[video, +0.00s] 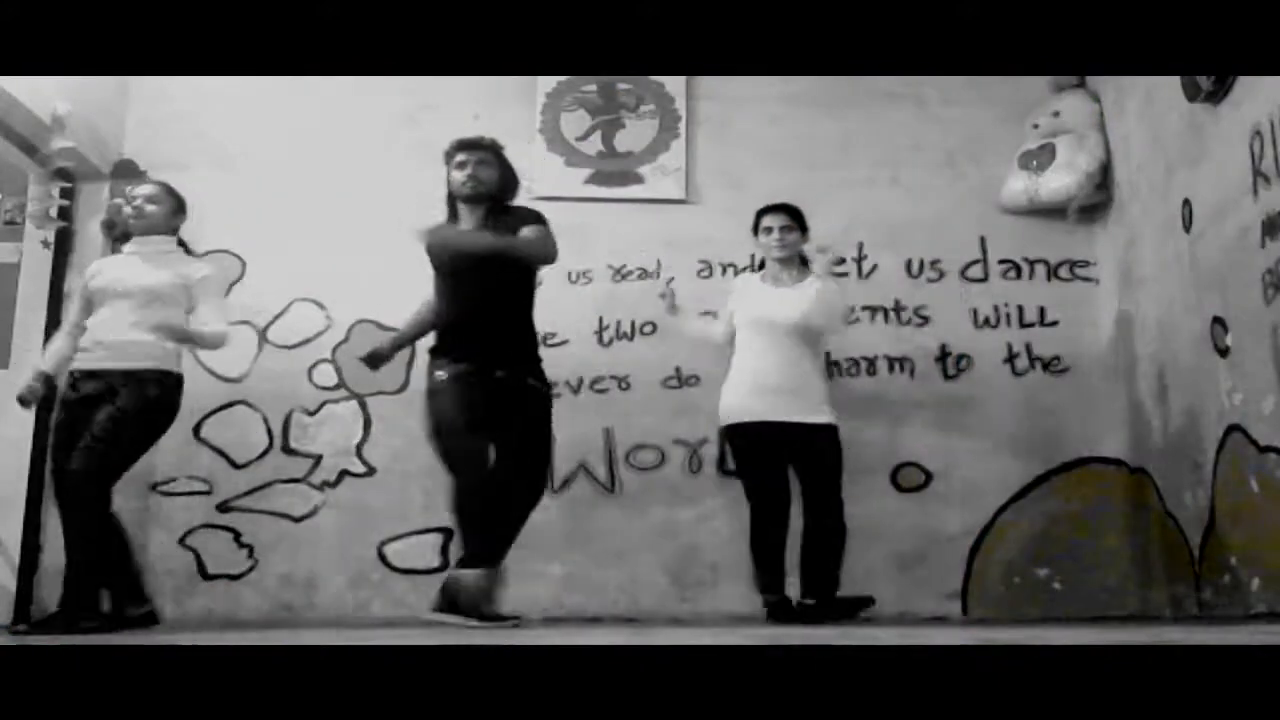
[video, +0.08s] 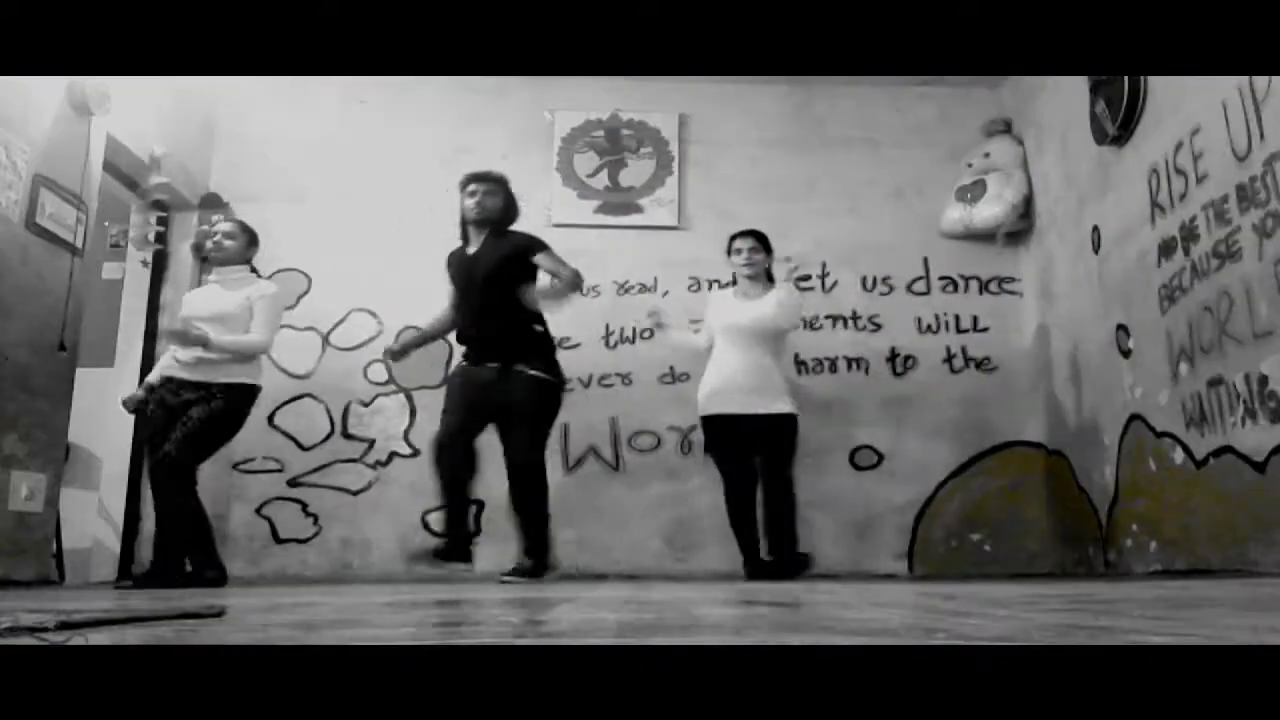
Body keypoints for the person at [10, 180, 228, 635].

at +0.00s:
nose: (135, 203)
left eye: (150, 199)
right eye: (132, 199)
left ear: (175, 218)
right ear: (125, 213)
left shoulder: (194, 267)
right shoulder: (100, 268)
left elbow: (216, 335)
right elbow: (70, 330)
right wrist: (42, 374)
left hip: (148, 381)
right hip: (87, 380)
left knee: (84, 478)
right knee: (71, 482)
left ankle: (131, 601)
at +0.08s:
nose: (216, 239)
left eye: (228, 235)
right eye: (212, 235)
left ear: (249, 250)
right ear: (205, 249)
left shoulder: (262, 289)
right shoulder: (193, 297)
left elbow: (261, 343)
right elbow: (176, 350)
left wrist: (205, 340)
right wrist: (145, 388)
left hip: (228, 390)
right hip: (178, 387)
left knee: (174, 462)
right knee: (162, 466)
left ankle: (207, 566)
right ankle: (167, 566)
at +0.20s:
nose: (216, 236)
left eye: (228, 232)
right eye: (213, 232)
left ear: (249, 247)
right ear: (208, 244)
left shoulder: (264, 286)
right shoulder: (197, 291)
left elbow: (275, 341)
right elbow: (183, 344)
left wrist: (218, 353)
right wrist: (149, 381)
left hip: (233, 385)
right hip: (185, 383)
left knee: (162, 455)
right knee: (179, 467)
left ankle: (167, 563)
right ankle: (208, 565)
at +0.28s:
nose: (219, 238)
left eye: (231, 234)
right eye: (216, 233)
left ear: (252, 247)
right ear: (209, 243)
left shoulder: (268, 286)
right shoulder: (196, 292)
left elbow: (290, 339)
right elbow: (181, 343)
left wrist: (263, 369)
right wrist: (144, 372)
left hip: (239, 384)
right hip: (194, 384)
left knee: (148, 439)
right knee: (198, 475)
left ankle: (192, 526)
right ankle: (213, 568)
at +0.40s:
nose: (220, 239)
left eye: (231, 235)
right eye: (217, 234)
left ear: (254, 247)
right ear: (211, 243)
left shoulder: (270, 287)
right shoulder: (198, 293)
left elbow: (294, 340)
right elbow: (180, 343)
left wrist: (274, 377)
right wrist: (144, 367)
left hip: (244, 384)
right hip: (199, 385)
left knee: (157, 429)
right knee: (202, 476)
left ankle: (181, 520)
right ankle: (214, 567)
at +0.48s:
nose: (221, 236)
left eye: (232, 232)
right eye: (217, 231)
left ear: (253, 245)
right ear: (209, 241)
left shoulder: (270, 283)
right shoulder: (196, 289)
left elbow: (289, 338)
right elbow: (183, 341)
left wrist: (271, 373)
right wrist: (155, 365)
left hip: (247, 383)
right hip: (200, 386)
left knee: (180, 450)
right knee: (205, 477)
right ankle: (215, 567)